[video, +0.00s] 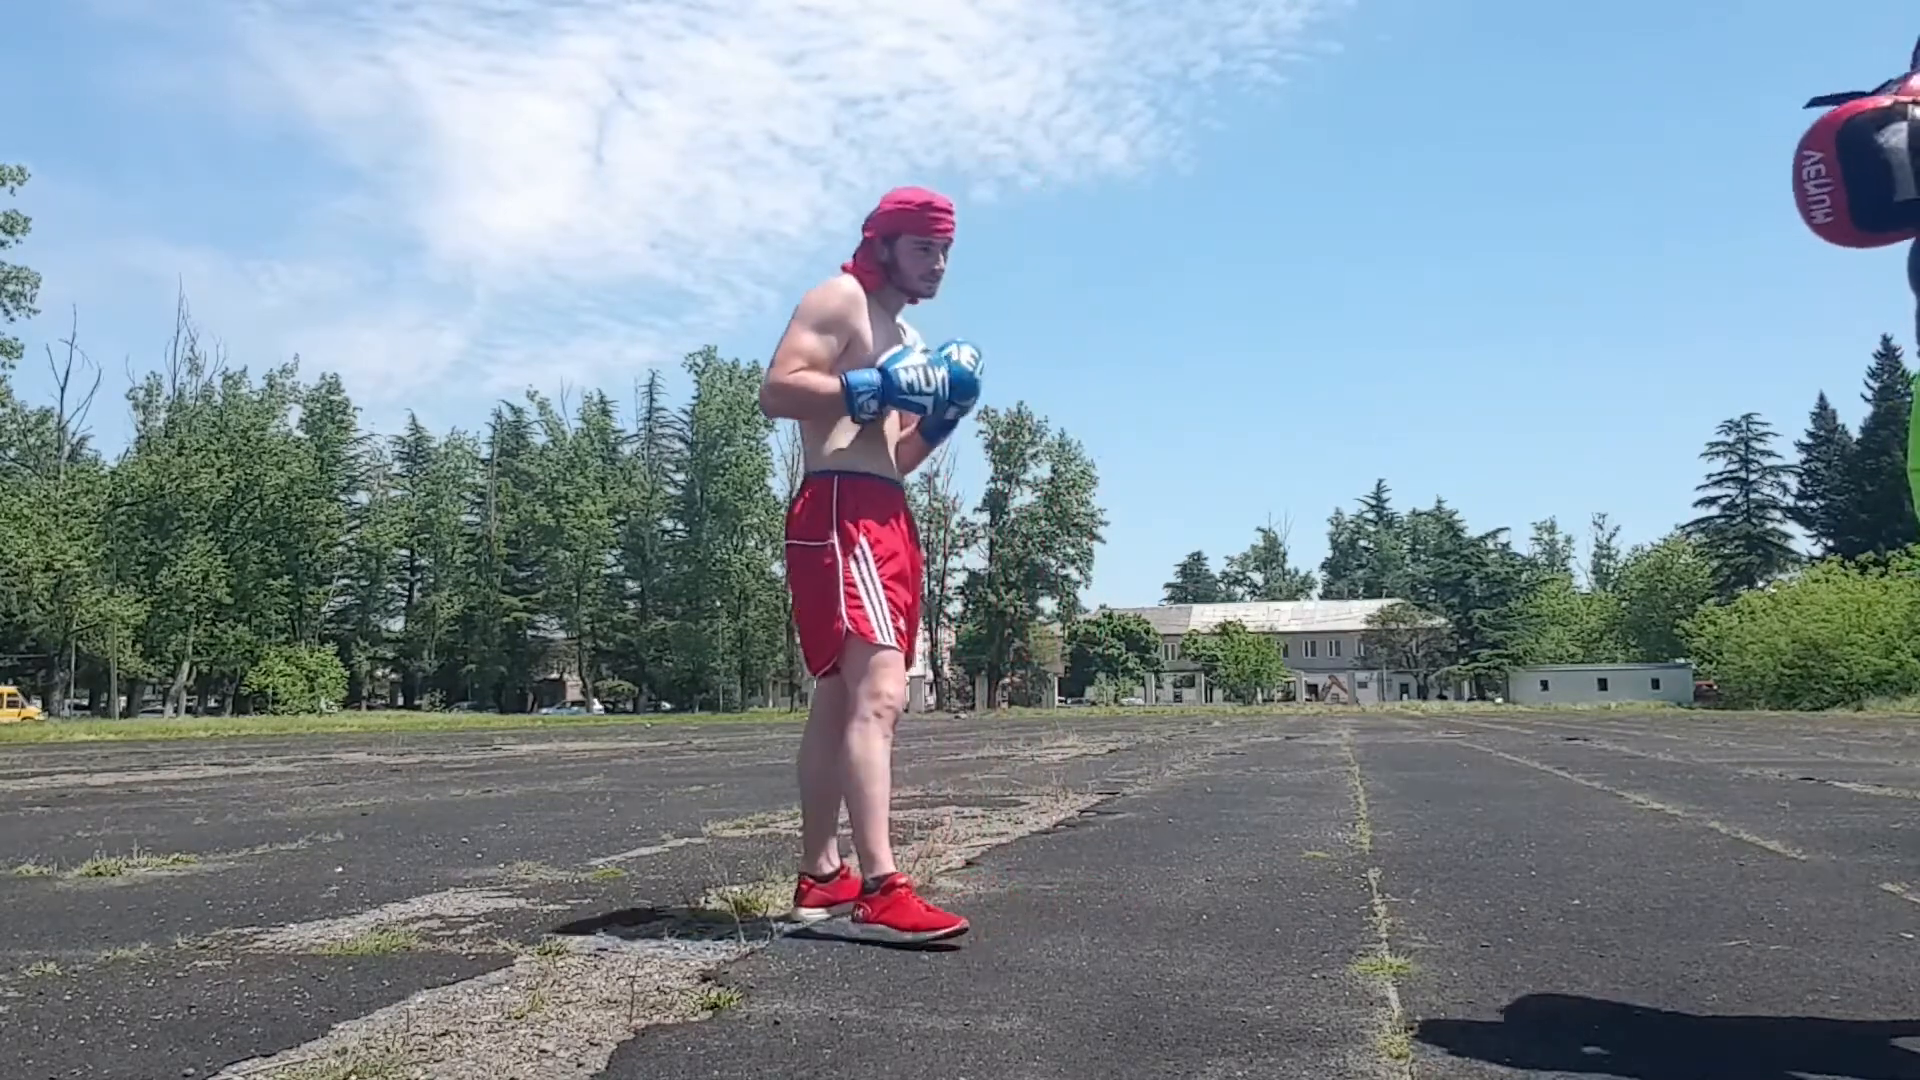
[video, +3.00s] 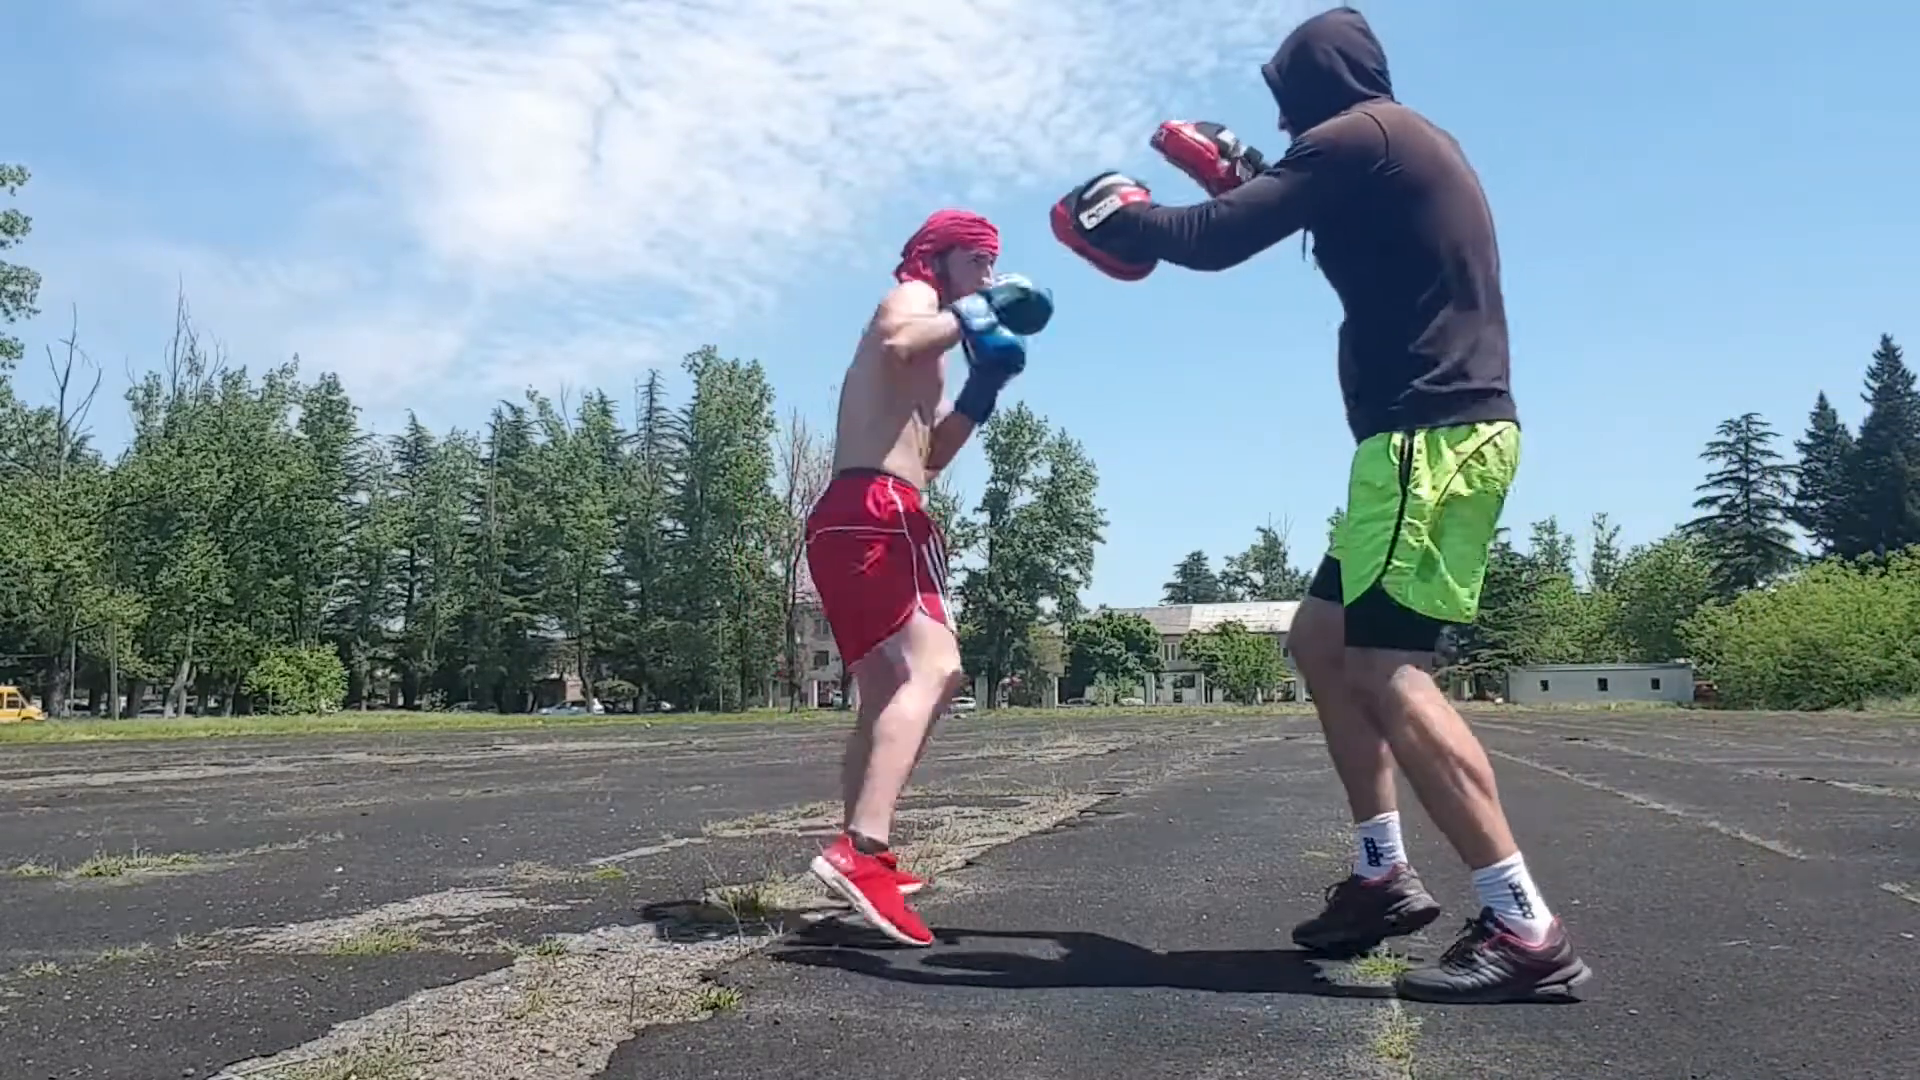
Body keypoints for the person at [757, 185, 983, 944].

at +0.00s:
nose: (938, 264)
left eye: (944, 251)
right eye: (925, 249)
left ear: (941, 257)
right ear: (880, 245)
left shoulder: (904, 340)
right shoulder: (839, 298)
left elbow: (895, 458)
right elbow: (777, 388)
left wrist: (941, 418)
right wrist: (861, 392)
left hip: (884, 513)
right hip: (842, 509)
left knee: (839, 701)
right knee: (881, 693)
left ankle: (821, 874)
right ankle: (879, 884)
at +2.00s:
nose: (939, 266)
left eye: (944, 254)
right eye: (927, 250)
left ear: (929, 262)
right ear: (879, 248)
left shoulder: (896, 328)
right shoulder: (835, 314)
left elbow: (914, 445)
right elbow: (859, 430)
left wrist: (957, 373)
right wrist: (915, 359)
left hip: (870, 516)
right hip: (820, 515)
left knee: (896, 688)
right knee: (847, 696)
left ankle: (836, 842)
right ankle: (836, 888)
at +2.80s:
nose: (960, 294)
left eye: (962, 283)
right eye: (947, 281)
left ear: (945, 292)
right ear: (905, 284)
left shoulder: (933, 368)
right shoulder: (863, 340)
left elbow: (950, 463)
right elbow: (878, 429)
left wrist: (980, 389)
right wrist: (969, 419)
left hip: (895, 536)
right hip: (851, 532)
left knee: (912, 697)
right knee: (937, 667)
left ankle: (850, 859)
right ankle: (878, 841)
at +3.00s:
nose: (990, 276)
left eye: (992, 265)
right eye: (979, 261)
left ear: (964, 270)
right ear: (937, 258)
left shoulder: (926, 351)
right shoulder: (909, 296)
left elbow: (931, 456)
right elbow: (900, 341)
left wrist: (984, 386)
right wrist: (976, 311)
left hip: (867, 519)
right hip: (872, 511)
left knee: (884, 697)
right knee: (934, 667)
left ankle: (859, 852)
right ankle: (865, 845)